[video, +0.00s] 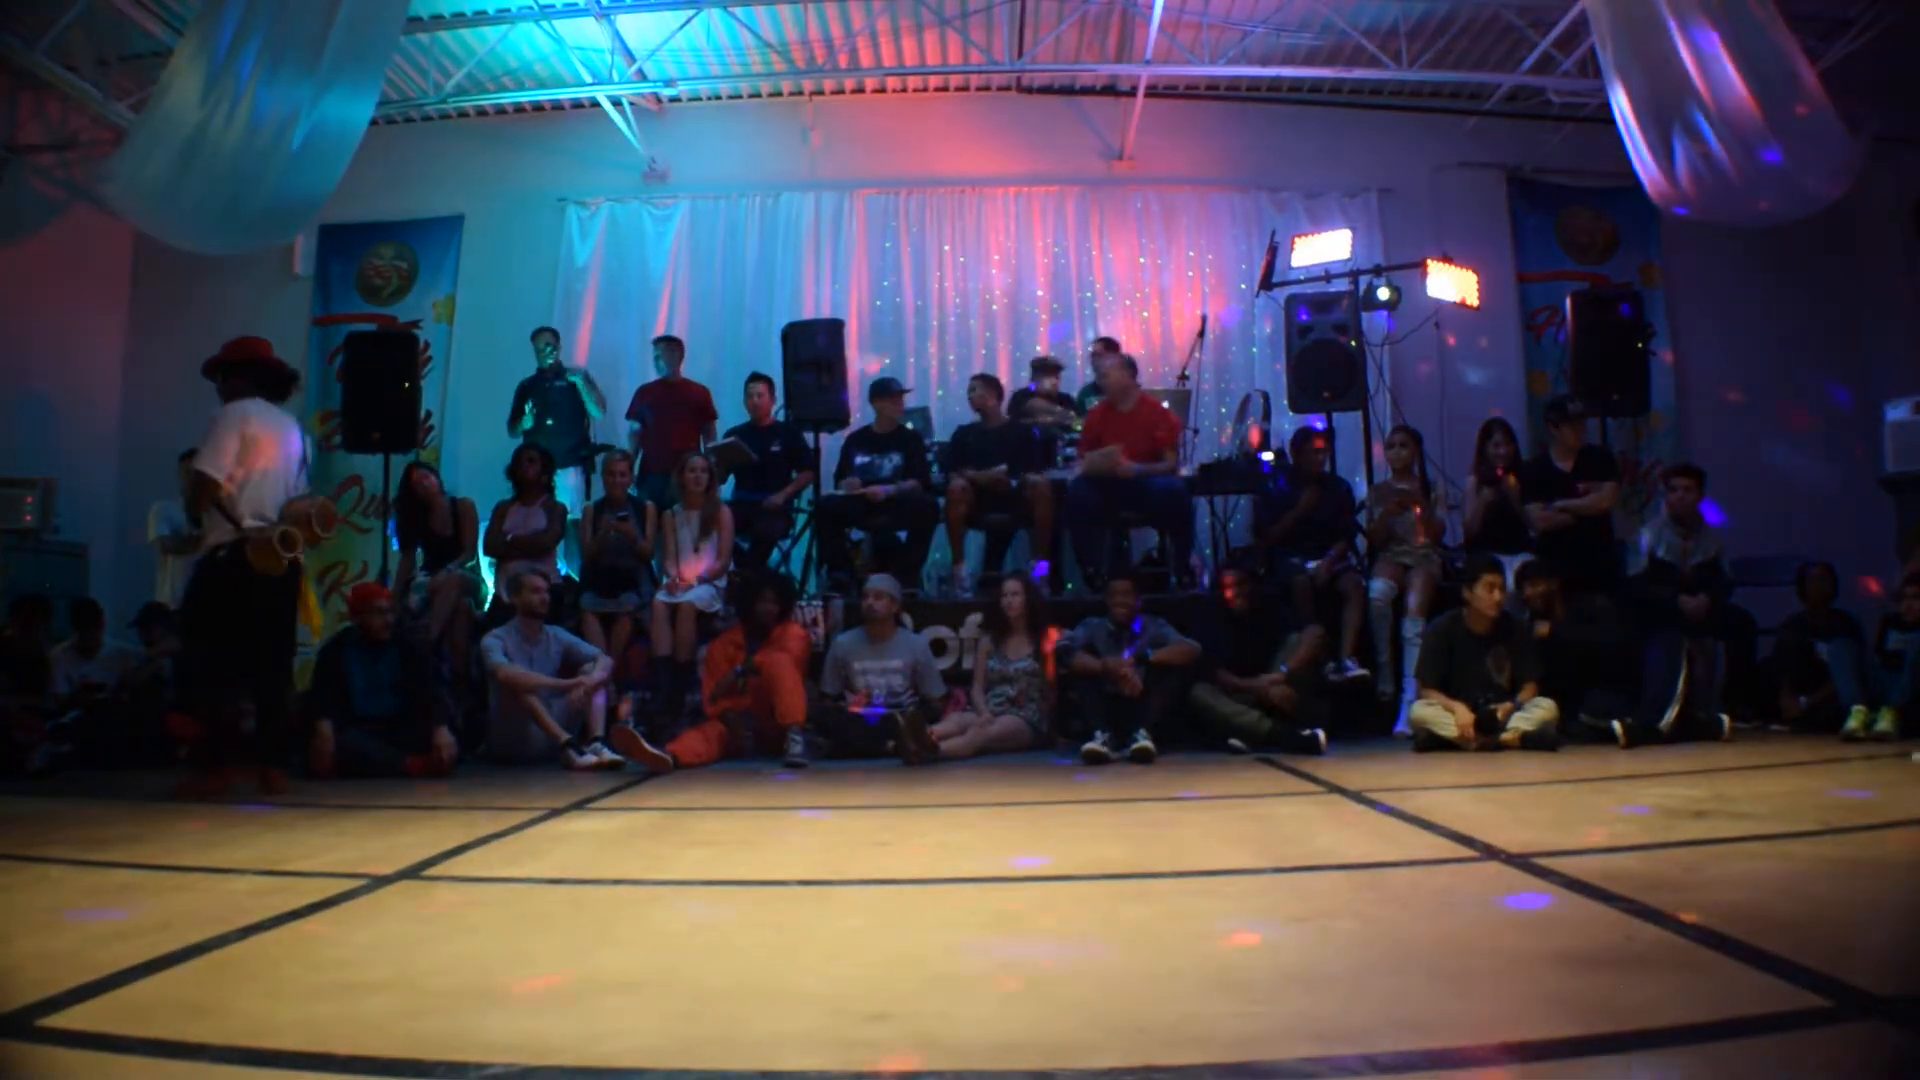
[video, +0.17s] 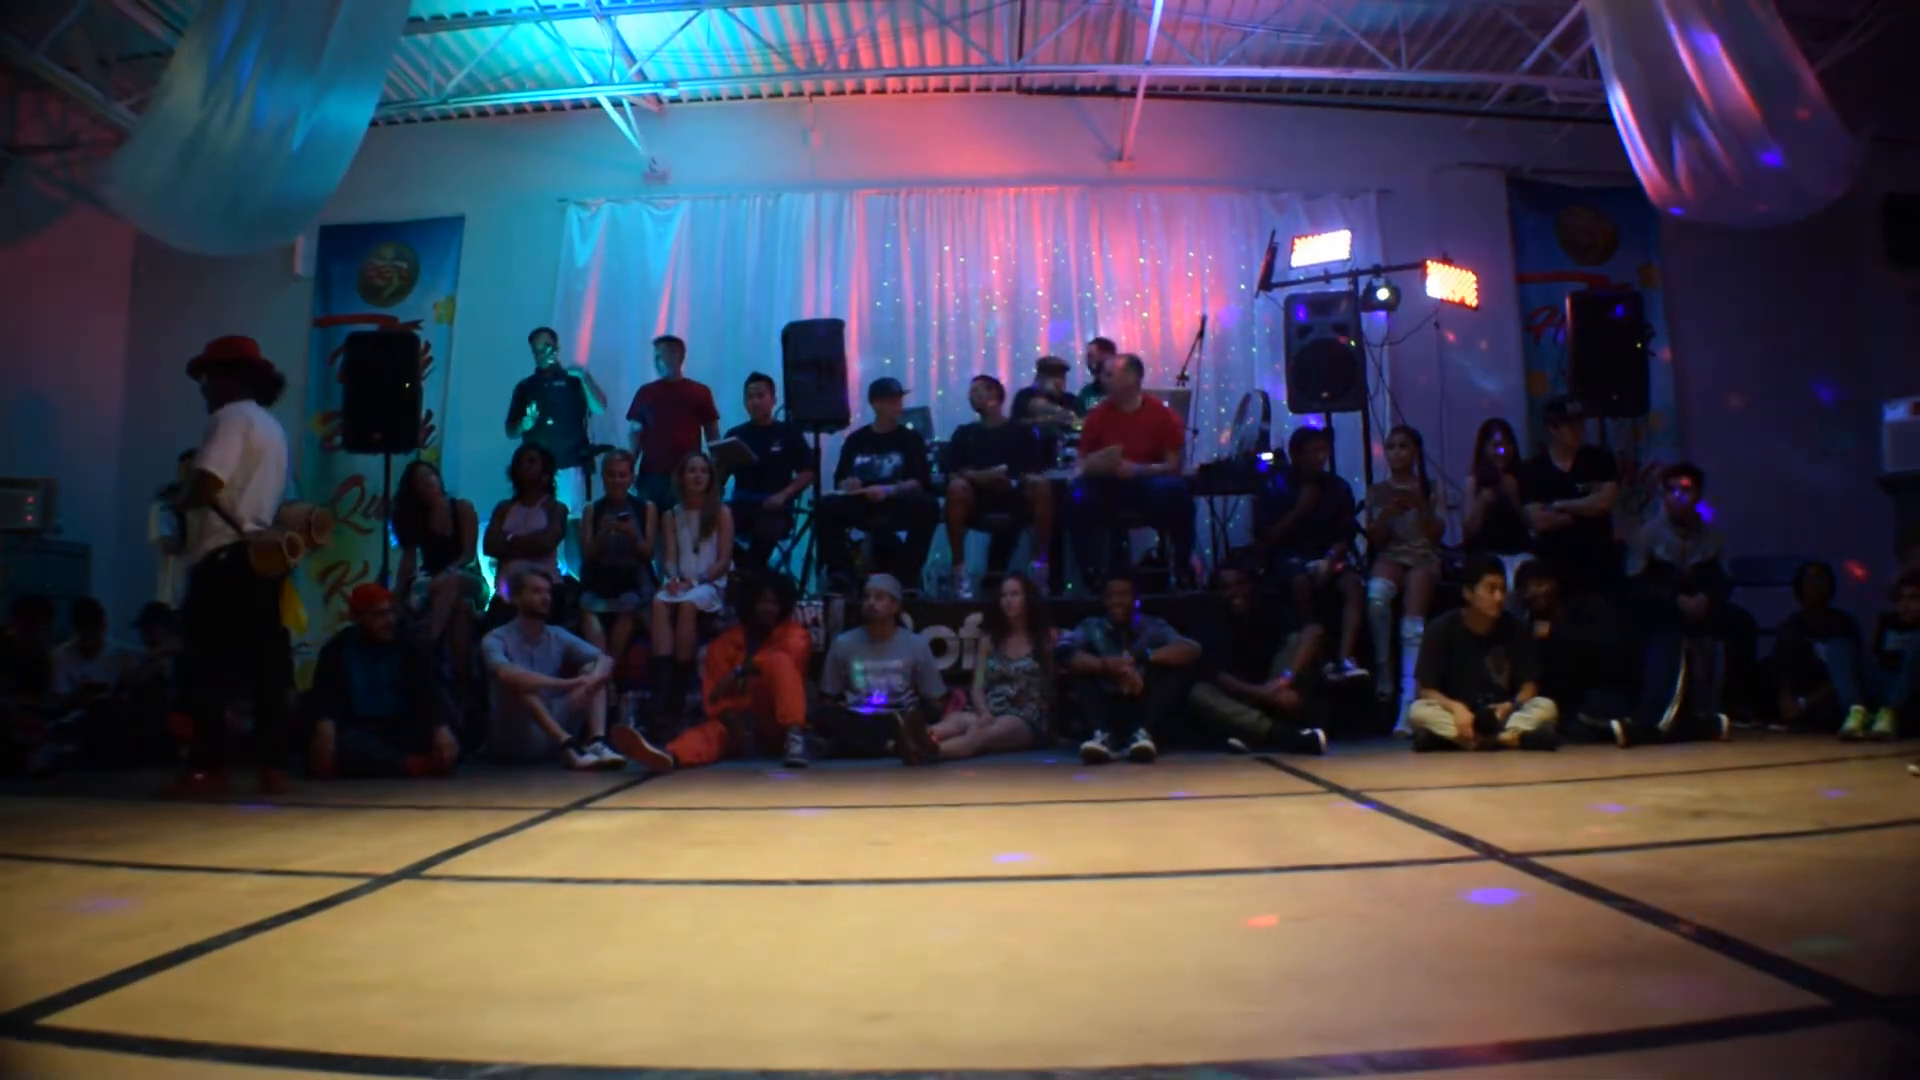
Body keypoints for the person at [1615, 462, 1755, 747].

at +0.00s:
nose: (1679, 497)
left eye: (1687, 491)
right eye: (1673, 490)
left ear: (1699, 496)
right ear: (1665, 496)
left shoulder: (1712, 537)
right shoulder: (1651, 534)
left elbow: (1724, 579)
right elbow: (1642, 581)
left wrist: (1708, 600)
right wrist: (1677, 601)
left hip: (1702, 608)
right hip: (1665, 607)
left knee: (1742, 624)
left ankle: (1736, 707)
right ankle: (1651, 716)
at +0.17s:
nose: (1678, 497)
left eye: (1686, 490)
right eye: (1672, 490)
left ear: (1697, 497)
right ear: (1664, 495)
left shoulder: (1711, 537)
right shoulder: (1649, 535)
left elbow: (1722, 579)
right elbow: (1638, 581)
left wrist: (1706, 600)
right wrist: (1676, 601)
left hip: (1701, 608)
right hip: (1662, 607)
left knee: (1741, 623)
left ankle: (1735, 707)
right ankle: (1650, 716)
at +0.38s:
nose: (1674, 498)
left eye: (1682, 491)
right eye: (1668, 491)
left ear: (1694, 497)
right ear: (1660, 497)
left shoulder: (1705, 537)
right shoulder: (1644, 536)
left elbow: (1718, 579)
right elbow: (1634, 582)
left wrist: (1703, 600)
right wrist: (1672, 602)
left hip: (1697, 611)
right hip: (1658, 610)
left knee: (1737, 625)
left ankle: (1727, 708)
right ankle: (1652, 713)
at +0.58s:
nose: (1674, 498)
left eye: (1683, 491)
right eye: (1669, 491)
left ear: (1695, 497)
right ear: (1662, 497)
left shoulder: (1708, 540)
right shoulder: (1646, 536)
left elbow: (1720, 583)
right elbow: (1636, 582)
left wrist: (1703, 601)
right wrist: (1674, 600)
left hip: (1698, 611)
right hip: (1658, 609)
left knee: (1740, 623)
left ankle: (1735, 708)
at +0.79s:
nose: (1676, 498)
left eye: (1684, 491)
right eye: (1670, 491)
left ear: (1696, 497)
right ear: (1662, 496)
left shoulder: (1707, 539)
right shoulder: (1646, 537)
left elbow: (1721, 582)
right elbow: (1637, 583)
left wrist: (1704, 600)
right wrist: (1674, 600)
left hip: (1699, 610)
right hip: (1659, 610)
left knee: (1740, 622)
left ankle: (1737, 707)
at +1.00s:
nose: (1677, 498)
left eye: (1685, 491)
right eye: (1671, 491)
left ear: (1697, 497)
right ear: (1663, 496)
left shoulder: (1710, 538)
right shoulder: (1647, 538)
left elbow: (1721, 582)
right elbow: (1640, 585)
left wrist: (1705, 600)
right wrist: (1674, 600)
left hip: (1701, 610)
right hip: (1661, 611)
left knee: (1740, 623)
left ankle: (1733, 705)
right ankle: (1665, 708)